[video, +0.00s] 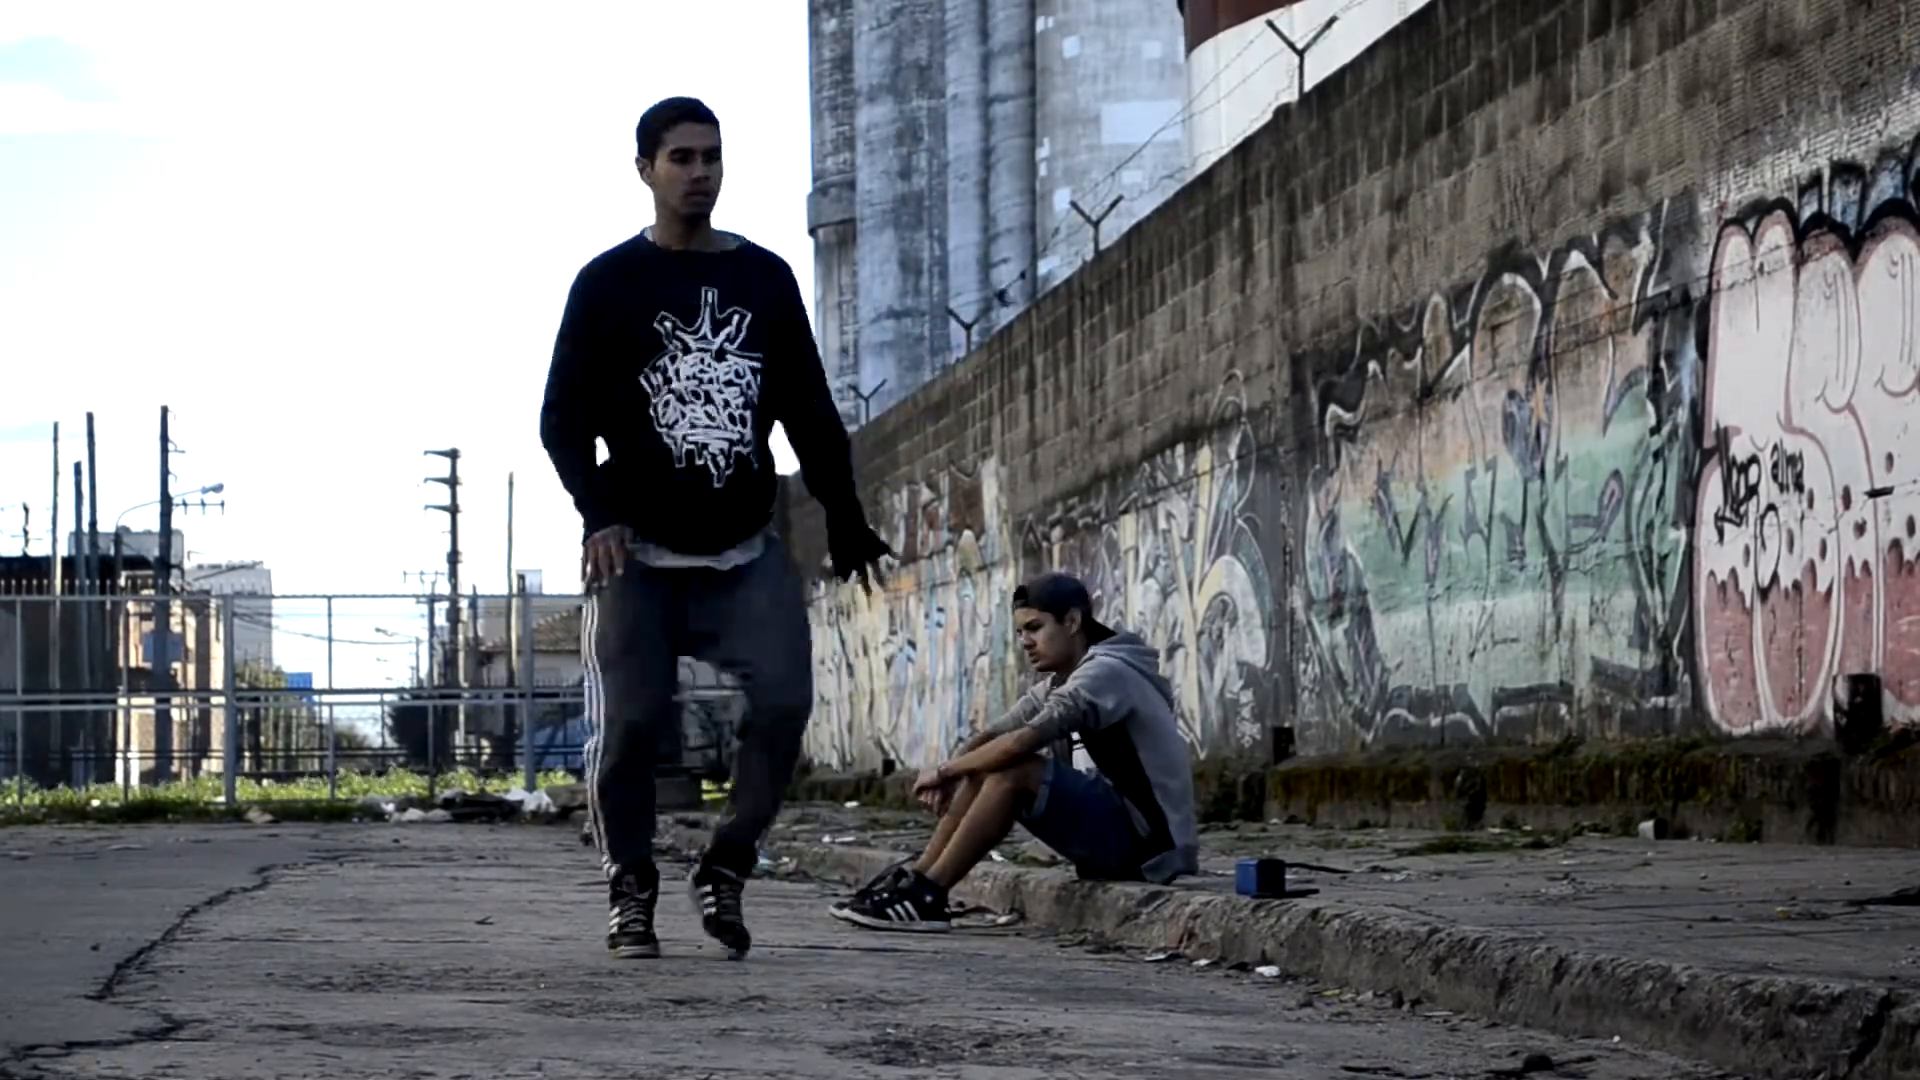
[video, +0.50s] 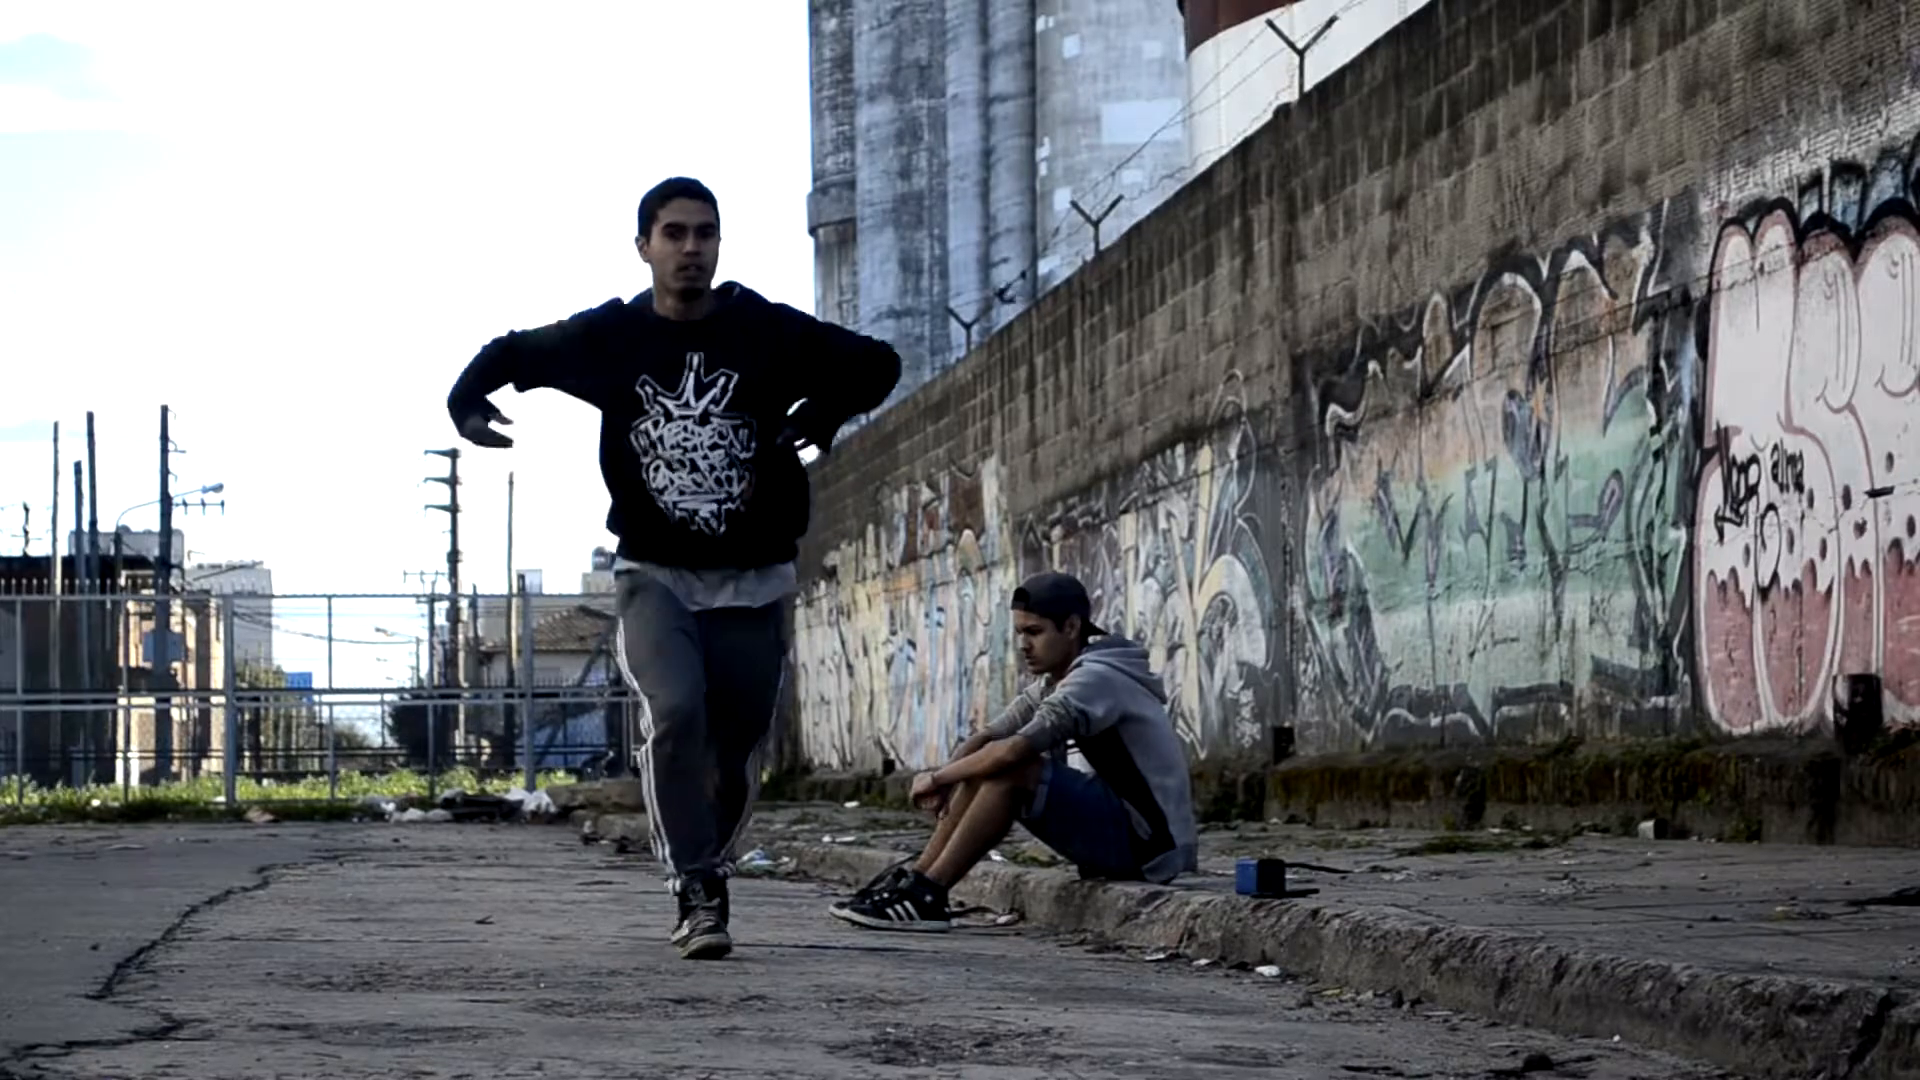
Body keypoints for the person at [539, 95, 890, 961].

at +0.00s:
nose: (700, 172)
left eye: (711, 157)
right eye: (682, 158)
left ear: (724, 170)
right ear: (647, 170)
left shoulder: (766, 278)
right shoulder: (606, 283)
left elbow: (809, 407)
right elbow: (562, 416)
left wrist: (845, 515)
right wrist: (595, 513)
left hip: (746, 546)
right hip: (638, 549)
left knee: (785, 700)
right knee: (632, 723)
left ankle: (727, 865)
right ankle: (631, 891)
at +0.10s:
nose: (690, 216)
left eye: (701, 201)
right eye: (673, 201)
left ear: (713, 206)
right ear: (637, 206)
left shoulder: (758, 308)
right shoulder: (596, 311)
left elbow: (823, 396)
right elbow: (553, 415)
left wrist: (865, 471)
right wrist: (594, 466)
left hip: (748, 566)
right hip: (639, 565)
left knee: (784, 736)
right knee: (642, 738)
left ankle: (762, 863)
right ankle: (637, 892)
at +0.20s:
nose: (687, 217)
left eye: (697, 203)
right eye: (669, 203)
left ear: (710, 214)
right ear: (634, 214)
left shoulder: (754, 310)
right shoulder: (598, 313)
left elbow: (824, 371)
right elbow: (553, 380)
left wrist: (855, 390)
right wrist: (601, 373)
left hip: (744, 571)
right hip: (636, 573)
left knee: (756, 743)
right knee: (638, 743)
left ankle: (762, 900)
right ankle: (639, 904)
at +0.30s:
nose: (690, 181)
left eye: (703, 166)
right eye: (673, 166)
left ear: (717, 174)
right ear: (641, 177)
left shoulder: (760, 270)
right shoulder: (603, 279)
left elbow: (826, 359)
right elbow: (552, 390)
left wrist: (816, 410)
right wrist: (603, 452)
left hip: (749, 530)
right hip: (645, 532)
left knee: (766, 709)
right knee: (649, 697)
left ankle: (718, 855)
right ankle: (655, 875)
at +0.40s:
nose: (694, 181)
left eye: (707, 167)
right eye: (677, 168)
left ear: (722, 177)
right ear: (647, 179)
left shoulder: (766, 274)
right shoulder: (606, 285)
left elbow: (813, 389)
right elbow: (534, 400)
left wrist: (767, 477)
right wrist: (549, 492)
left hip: (752, 526)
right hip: (647, 525)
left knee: (750, 706)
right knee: (662, 692)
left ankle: (699, 834)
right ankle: (686, 872)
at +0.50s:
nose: (692, 247)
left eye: (705, 233)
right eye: (676, 233)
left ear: (720, 244)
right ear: (645, 245)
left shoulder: (764, 328)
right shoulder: (609, 336)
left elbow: (877, 364)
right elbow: (509, 354)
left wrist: (816, 419)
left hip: (755, 580)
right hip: (657, 577)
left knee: (738, 747)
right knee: (675, 715)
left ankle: (703, 877)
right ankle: (696, 888)